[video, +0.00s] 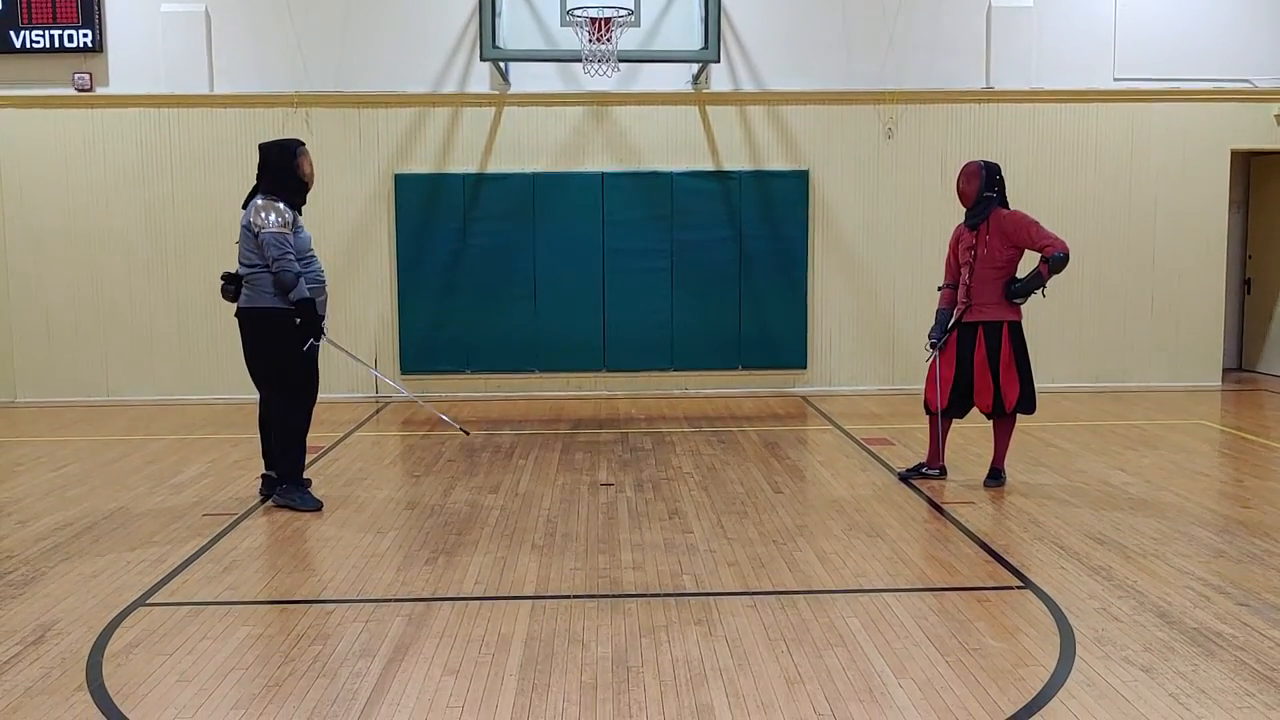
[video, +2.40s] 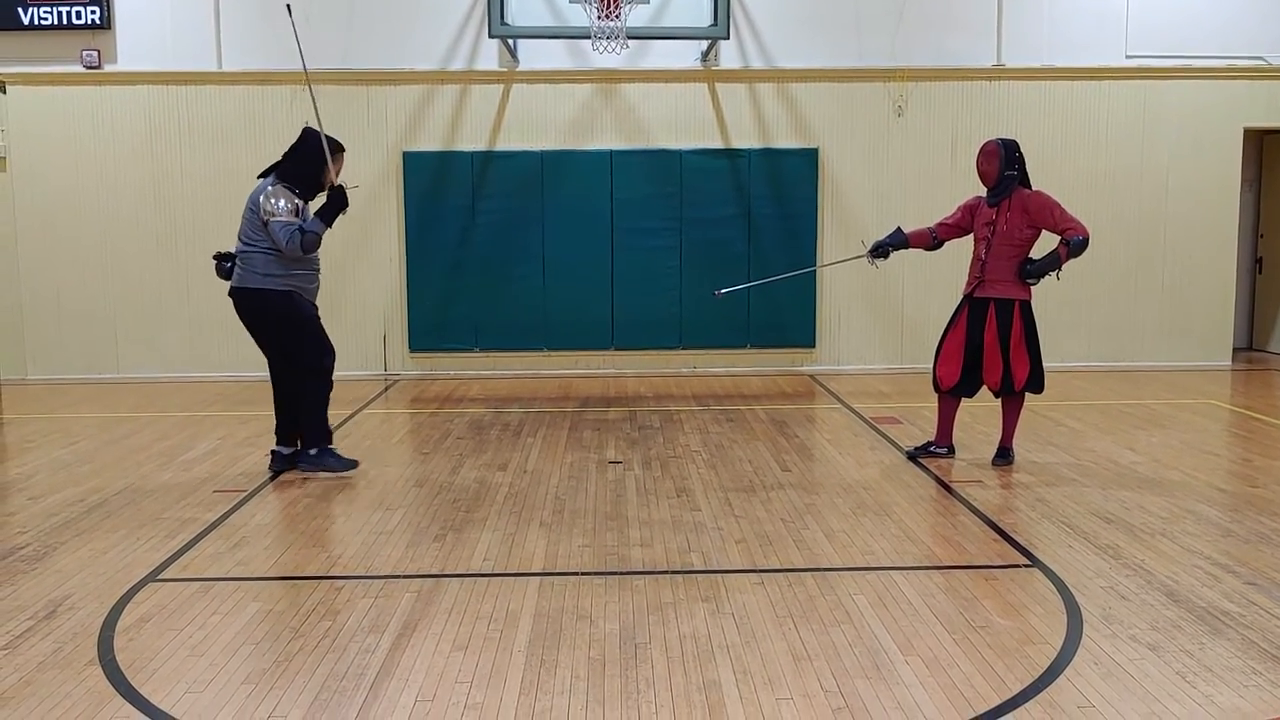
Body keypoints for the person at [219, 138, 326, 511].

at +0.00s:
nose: (312, 170)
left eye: (310, 163)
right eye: (307, 163)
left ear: (282, 167)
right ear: (287, 166)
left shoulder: (272, 205)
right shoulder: (270, 207)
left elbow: (267, 263)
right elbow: (283, 263)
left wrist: (244, 281)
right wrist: (306, 309)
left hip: (273, 313)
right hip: (274, 315)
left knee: (279, 394)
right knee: (294, 394)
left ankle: (277, 477)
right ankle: (285, 482)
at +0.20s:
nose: (313, 172)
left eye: (313, 164)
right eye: (308, 164)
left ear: (284, 166)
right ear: (288, 166)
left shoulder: (276, 205)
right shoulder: (269, 206)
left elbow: (272, 262)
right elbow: (278, 261)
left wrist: (244, 280)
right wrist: (302, 304)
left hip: (273, 312)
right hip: (272, 313)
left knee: (276, 393)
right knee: (295, 393)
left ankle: (276, 475)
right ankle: (288, 480)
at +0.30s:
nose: (314, 171)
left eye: (314, 164)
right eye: (309, 164)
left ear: (288, 166)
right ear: (288, 165)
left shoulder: (281, 205)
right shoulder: (268, 205)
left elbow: (281, 261)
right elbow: (277, 259)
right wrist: (304, 300)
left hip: (279, 312)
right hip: (270, 313)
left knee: (281, 393)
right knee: (291, 393)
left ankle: (278, 473)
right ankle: (288, 479)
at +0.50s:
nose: (318, 168)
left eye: (317, 160)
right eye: (313, 160)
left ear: (290, 162)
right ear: (294, 161)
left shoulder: (282, 202)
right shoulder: (268, 202)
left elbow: (292, 260)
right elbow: (279, 263)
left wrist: (318, 291)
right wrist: (318, 292)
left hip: (280, 309)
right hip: (271, 310)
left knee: (278, 391)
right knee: (293, 392)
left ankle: (276, 471)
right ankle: (292, 477)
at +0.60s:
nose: (320, 166)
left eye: (319, 158)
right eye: (315, 157)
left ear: (294, 161)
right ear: (296, 160)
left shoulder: (285, 202)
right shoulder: (270, 201)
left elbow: (287, 261)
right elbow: (283, 259)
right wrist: (330, 281)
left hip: (281, 308)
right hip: (273, 308)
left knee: (278, 387)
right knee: (301, 388)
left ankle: (276, 469)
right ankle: (294, 475)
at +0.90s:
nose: (323, 162)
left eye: (323, 155)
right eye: (318, 154)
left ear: (293, 156)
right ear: (299, 156)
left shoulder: (277, 195)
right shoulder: (279, 197)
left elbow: (285, 256)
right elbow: (311, 244)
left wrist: (251, 273)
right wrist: (359, 244)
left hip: (276, 301)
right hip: (285, 303)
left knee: (280, 380)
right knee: (310, 383)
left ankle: (276, 462)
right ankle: (327, 467)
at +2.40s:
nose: (337, 177)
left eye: (339, 169)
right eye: (335, 168)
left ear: (308, 164)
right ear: (315, 164)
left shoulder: (285, 194)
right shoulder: (276, 193)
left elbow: (274, 247)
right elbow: (294, 243)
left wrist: (239, 259)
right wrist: (329, 212)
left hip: (270, 292)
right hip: (269, 293)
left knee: (287, 366)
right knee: (318, 358)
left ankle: (286, 448)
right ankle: (315, 449)